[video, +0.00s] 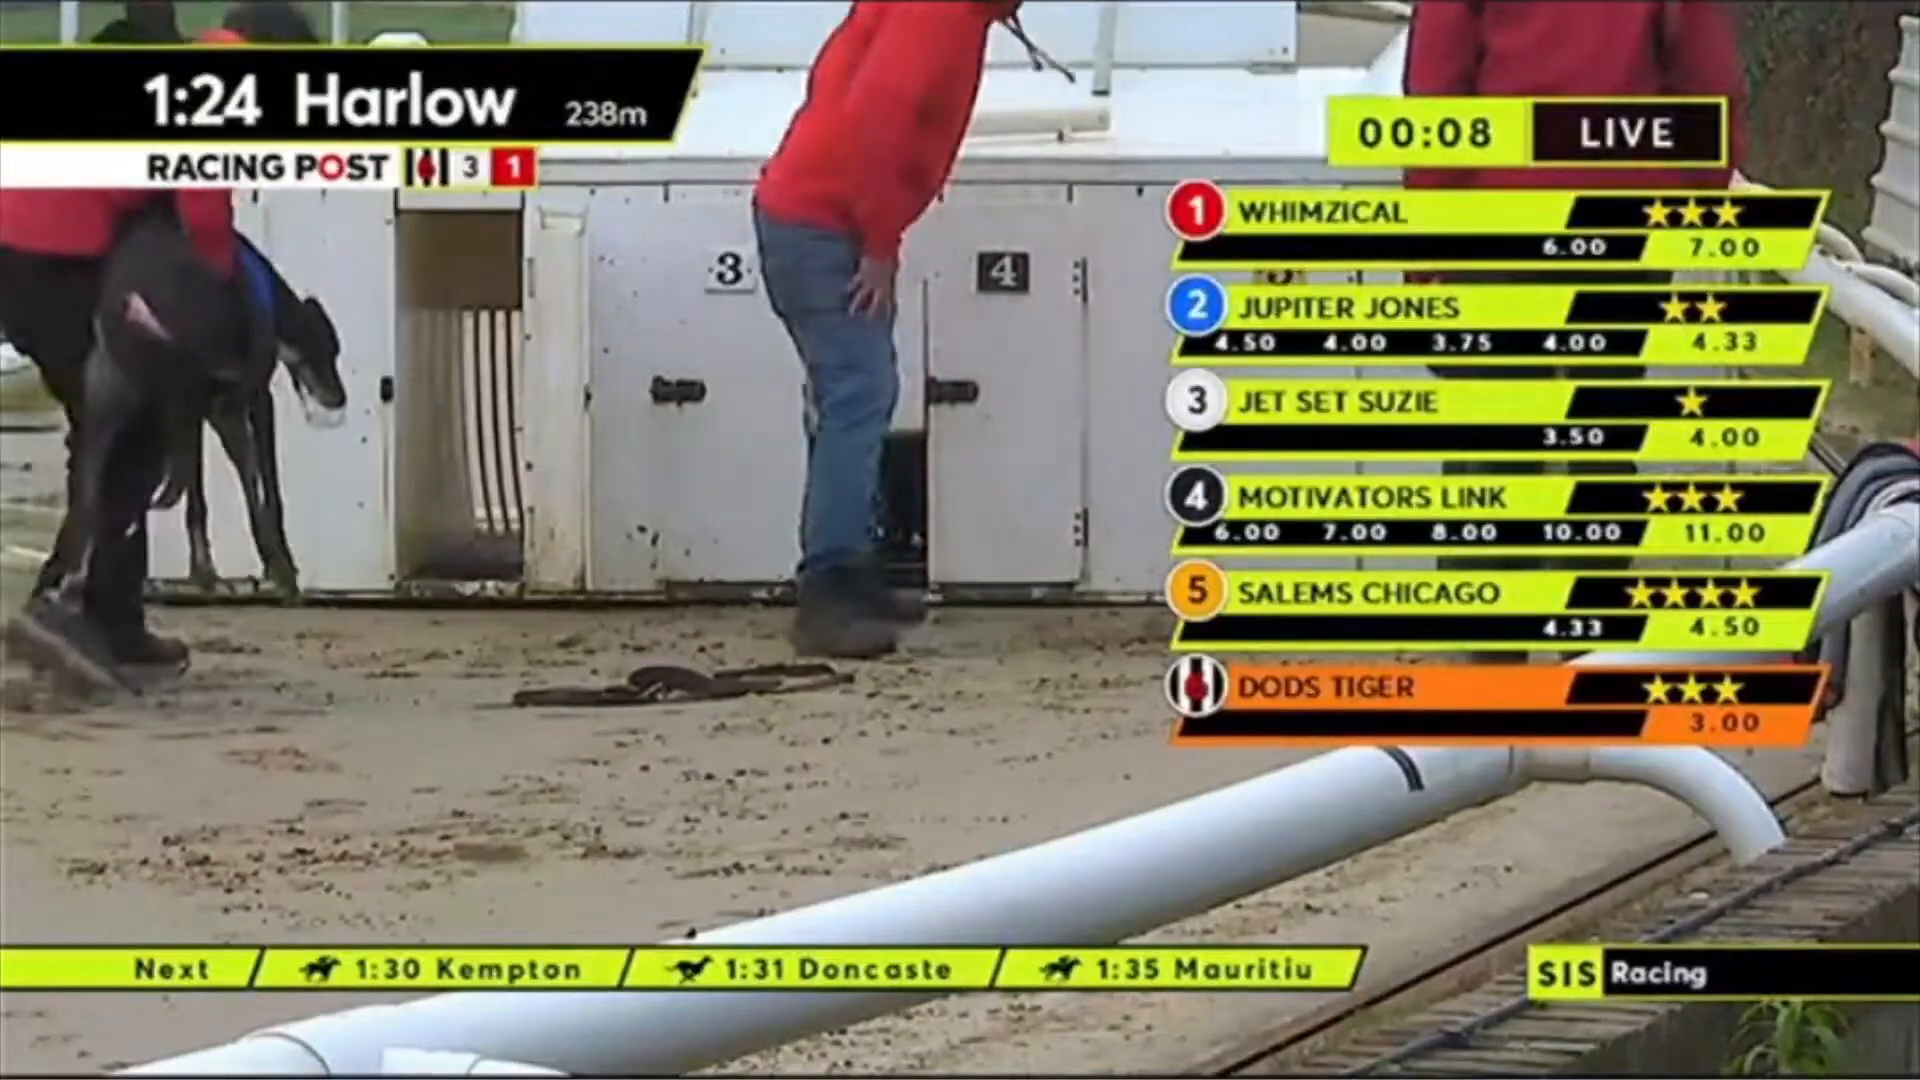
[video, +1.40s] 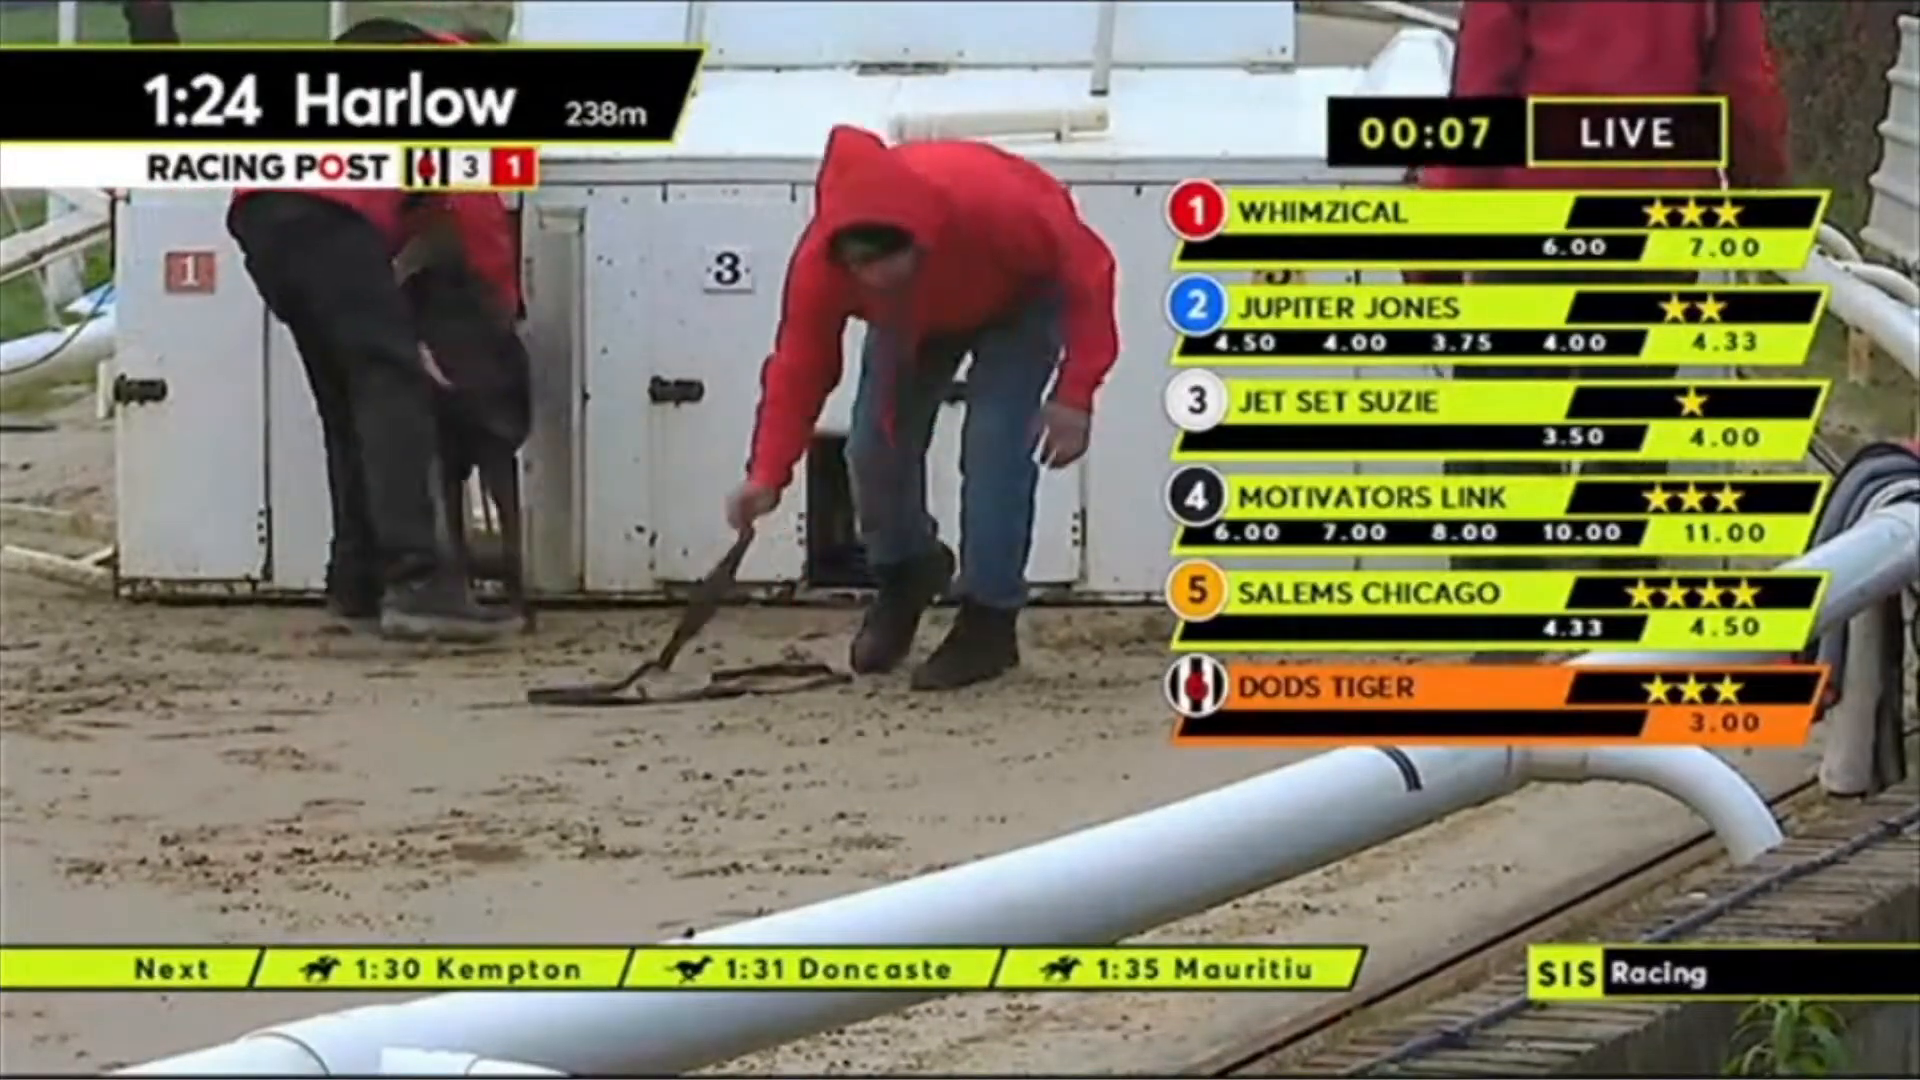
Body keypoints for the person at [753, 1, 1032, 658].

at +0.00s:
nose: (1015, 12)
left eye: (1015, 11)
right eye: (1014, 7)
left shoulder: (919, 12)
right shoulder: (945, 13)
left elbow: (830, 78)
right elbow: (882, 109)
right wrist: (881, 242)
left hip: (808, 217)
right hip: (821, 223)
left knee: (849, 394)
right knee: (862, 392)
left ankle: (843, 581)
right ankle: (831, 595)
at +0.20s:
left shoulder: (963, 12)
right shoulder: (862, 18)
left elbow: (899, 114)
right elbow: (781, 136)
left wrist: (895, 223)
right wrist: (841, 254)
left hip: (892, 248)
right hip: (816, 251)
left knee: (936, 392)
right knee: (857, 414)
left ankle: (872, 560)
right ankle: (821, 605)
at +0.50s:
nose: (886, 66)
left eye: (901, 52)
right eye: (871, 50)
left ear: (928, 38)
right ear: (851, 36)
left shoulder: (974, 41)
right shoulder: (815, 77)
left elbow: (980, 131)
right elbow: (787, 234)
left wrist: (938, 211)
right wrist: (806, 372)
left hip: (932, 259)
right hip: (830, 271)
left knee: (952, 395)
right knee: (817, 419)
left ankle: (963, 587)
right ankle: (826, 602)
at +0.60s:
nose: (864, 153)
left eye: (879, 139)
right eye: (850, 138)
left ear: (910, 118)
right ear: (833, 122)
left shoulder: (978, 100)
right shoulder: (803, 152)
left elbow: (1010, 172)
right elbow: (793, 298)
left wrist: (983, 236)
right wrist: (803, 441)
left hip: (951, 286)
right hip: (843, 299)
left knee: (952, 425)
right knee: (823, 449)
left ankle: (959, 600)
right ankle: (846, 609)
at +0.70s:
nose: (850, 228)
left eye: (864, 213)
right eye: (836, 213)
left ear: (897, 189)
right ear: (819, 192)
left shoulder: (977, 159)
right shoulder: (799, 212)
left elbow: (1042, 201)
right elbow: (791, 354)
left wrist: (1034, 278)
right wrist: (792, 502)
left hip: (976, 293)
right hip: (872, 306)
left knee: (955, 429)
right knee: (833, 451)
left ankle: (954, 619)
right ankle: (864, 611)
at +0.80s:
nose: (852, 331)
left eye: (867, 315)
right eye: (839, 315)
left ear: (900, 280)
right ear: (818, 290)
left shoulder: (986, 215)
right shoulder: (804, 297)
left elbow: (1076, 273)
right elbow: (788, 438)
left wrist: (1106, 356)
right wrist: (777, 588)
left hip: (1004, 308)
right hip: (897, 335)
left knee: (980, 422)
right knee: (844, 485)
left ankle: (960, 621)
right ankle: (878, 607)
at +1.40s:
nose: (875, 279)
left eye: (886, 262)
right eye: (858, 266)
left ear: (918, 238)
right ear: (837, 254)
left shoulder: (997, 208)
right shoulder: (821, 262)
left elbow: (1092, 271)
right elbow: (800, 366)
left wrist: (1076, 396)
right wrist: (766, 476)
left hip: (1019, 300)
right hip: (912, 313)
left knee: (994, 443)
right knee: (875, 449)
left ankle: (988, 623)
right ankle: (905, 571)